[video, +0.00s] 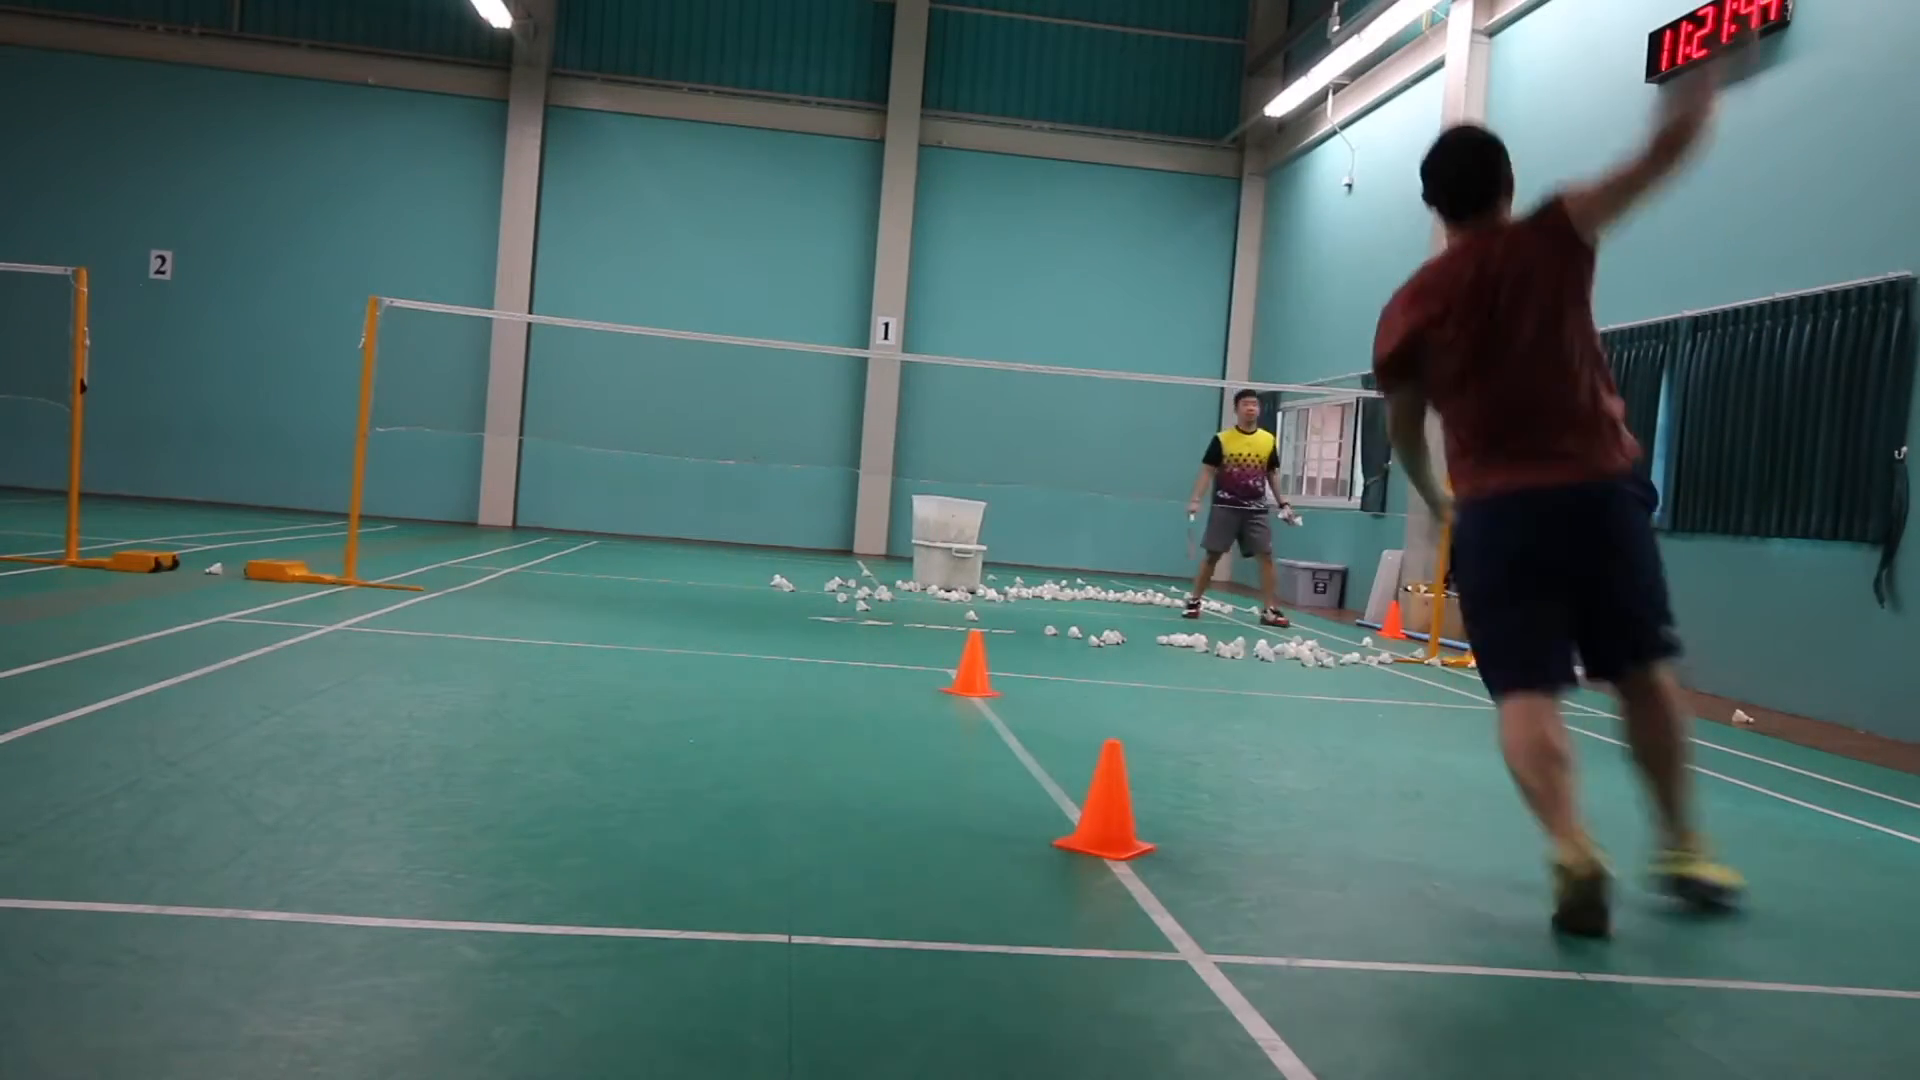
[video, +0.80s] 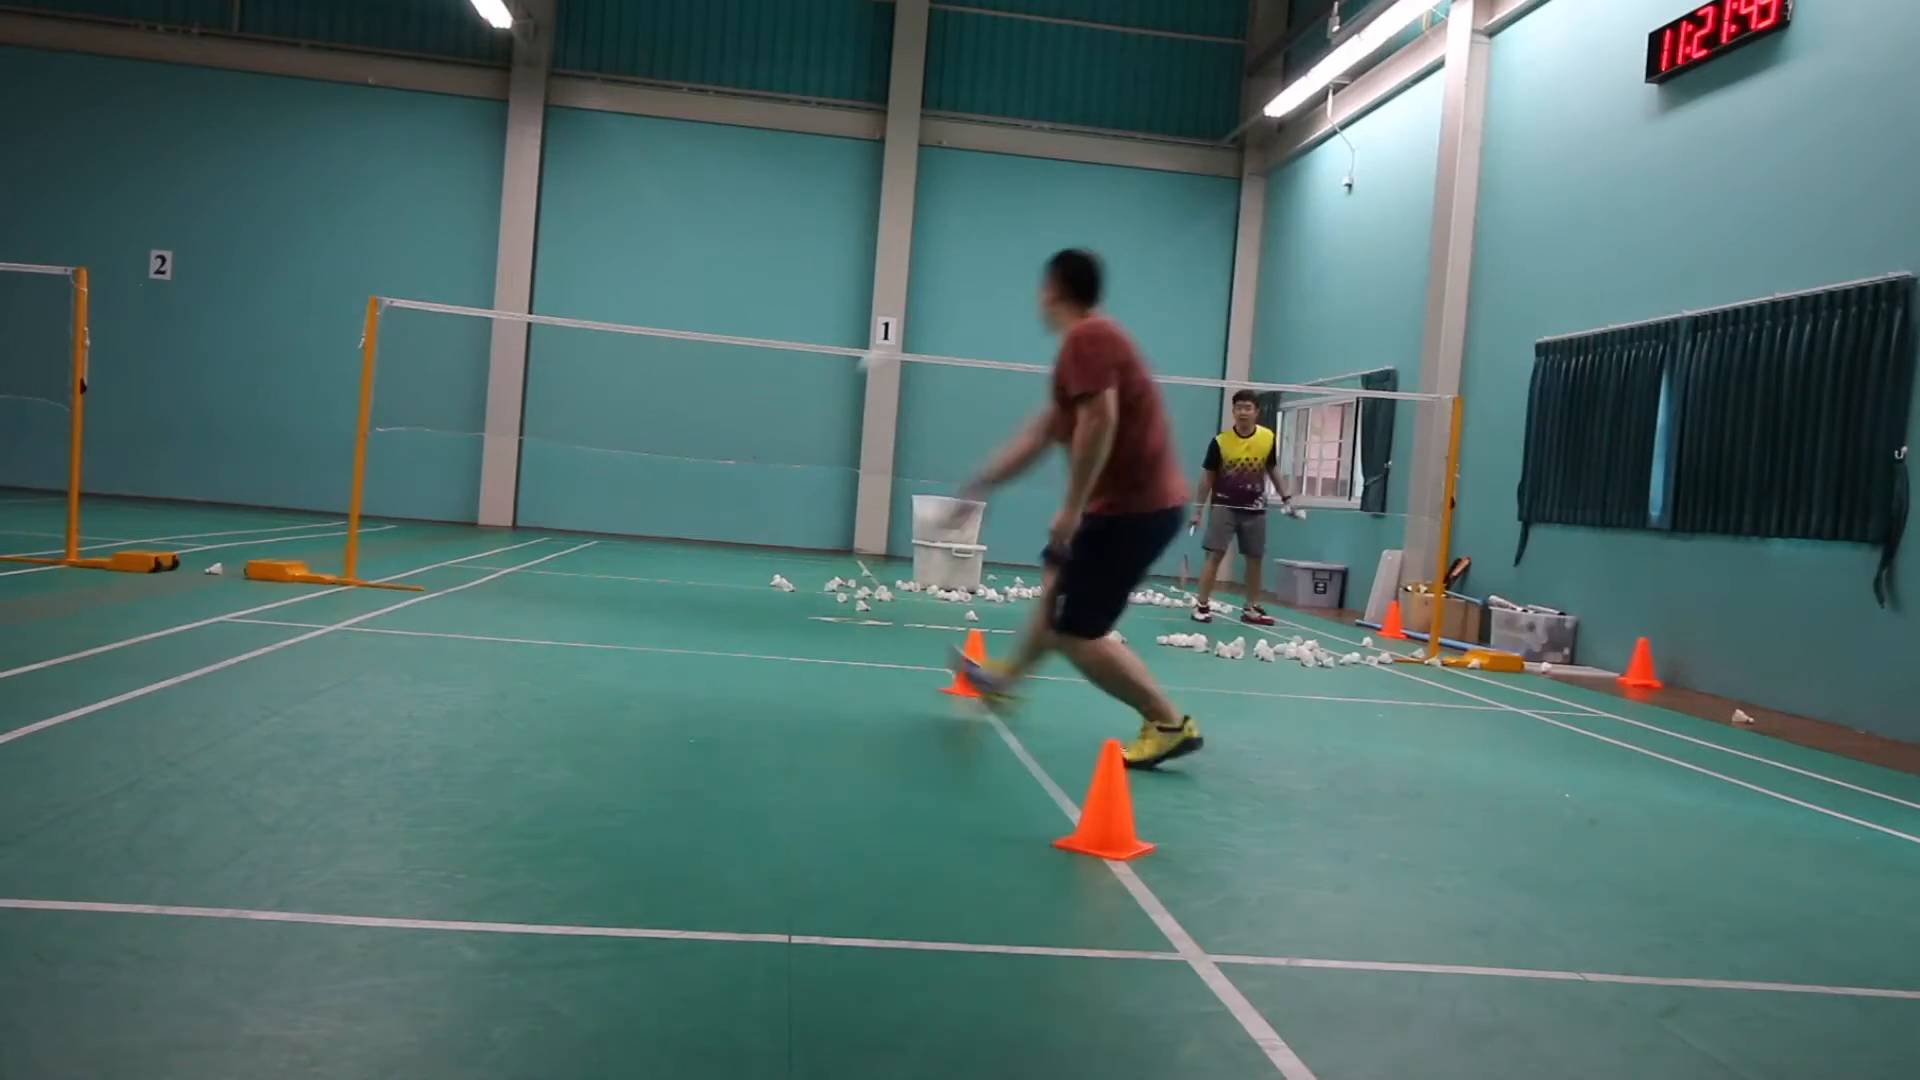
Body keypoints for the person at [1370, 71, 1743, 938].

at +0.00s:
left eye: (1448, 189)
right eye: (1497, 178)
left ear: (1433, 205)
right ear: (1510, 185)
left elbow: (1406, 429)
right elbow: (1659, 156)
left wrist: (1438, 500)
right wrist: (1695, 102)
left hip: (1494, 515)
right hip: (1600, 500)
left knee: (1525, 690)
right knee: (1643, 672)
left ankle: (1570, 847)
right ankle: (1681, 849)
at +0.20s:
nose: (1414, 247)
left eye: (1412, 236)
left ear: (1417, 235)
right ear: (1490, 233)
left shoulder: (1409, 307)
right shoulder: (1550, 293)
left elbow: (1389, 405)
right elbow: (1579, 398)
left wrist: (1434, 501)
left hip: (1521, 526)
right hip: (1621, 506)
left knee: (1545, 708)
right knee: (1631, 665)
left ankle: (1610, 879)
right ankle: (1687, 828)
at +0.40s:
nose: (1369, 312)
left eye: (1370, 302)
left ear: (1374, 302)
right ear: (1438, 302)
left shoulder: (1357, 357)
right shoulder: (1488, 359)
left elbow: (1285, 450)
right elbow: (1545, 461)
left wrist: (1311, 540)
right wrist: (1505, 516)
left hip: (1425, 543)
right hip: (1509, 536)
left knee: (1466, 702)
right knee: (1446, 668)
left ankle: (1585, 830)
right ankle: (1460, 808)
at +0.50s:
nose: (1311, 302)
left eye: (1307, 293)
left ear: (1307, 291)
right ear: (1364, 296)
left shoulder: (1289, 335)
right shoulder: (1405, 352)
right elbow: (1430, 459)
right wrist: (1434, 543)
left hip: (1338, 518)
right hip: (1418, 517)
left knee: (1280, 647)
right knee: (1421, 661)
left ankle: (1381, 742)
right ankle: (1457, 805)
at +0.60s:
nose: (1218, 267)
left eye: (1219, 257)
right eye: (1228, 259)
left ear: (1226, 256)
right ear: (1276, 260)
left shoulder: (1223, 299)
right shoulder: (1310, 320)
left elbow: (1216, 351)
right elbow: (1320, 409)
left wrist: (1202, 456)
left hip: (1259, 493)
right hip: (1331, 493)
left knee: (1183, 600)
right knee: (1334, 616)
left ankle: (1193, 739)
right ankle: (1431, 748)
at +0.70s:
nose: (1124, 271)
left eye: (1127, 262)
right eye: (1128, 261)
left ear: (1134, 265)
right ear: (1179, 269)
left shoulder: (1146, 320)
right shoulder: (1195, 323)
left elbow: (1142, 399)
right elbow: (1209, 416)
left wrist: (1117, 493)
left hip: (1175, 503)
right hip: (1222, 501)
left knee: (1123, 617)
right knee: (1157, 595)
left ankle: (1179, 738)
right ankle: (1224, 665)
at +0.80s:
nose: (1041, 296)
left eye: (1045, 287)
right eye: (1044, 286)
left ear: (1056, 291)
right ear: (1088, 292)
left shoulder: (1089, 339)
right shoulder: (1089, 343)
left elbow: (1100, 419)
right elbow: (1044, 431)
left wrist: (1072, 507)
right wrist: (984, 481)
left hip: (1134, 510)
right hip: (1124, 505)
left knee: (1074, 629)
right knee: (1061, 585)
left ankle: (1169, 722)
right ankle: (1007, 677)